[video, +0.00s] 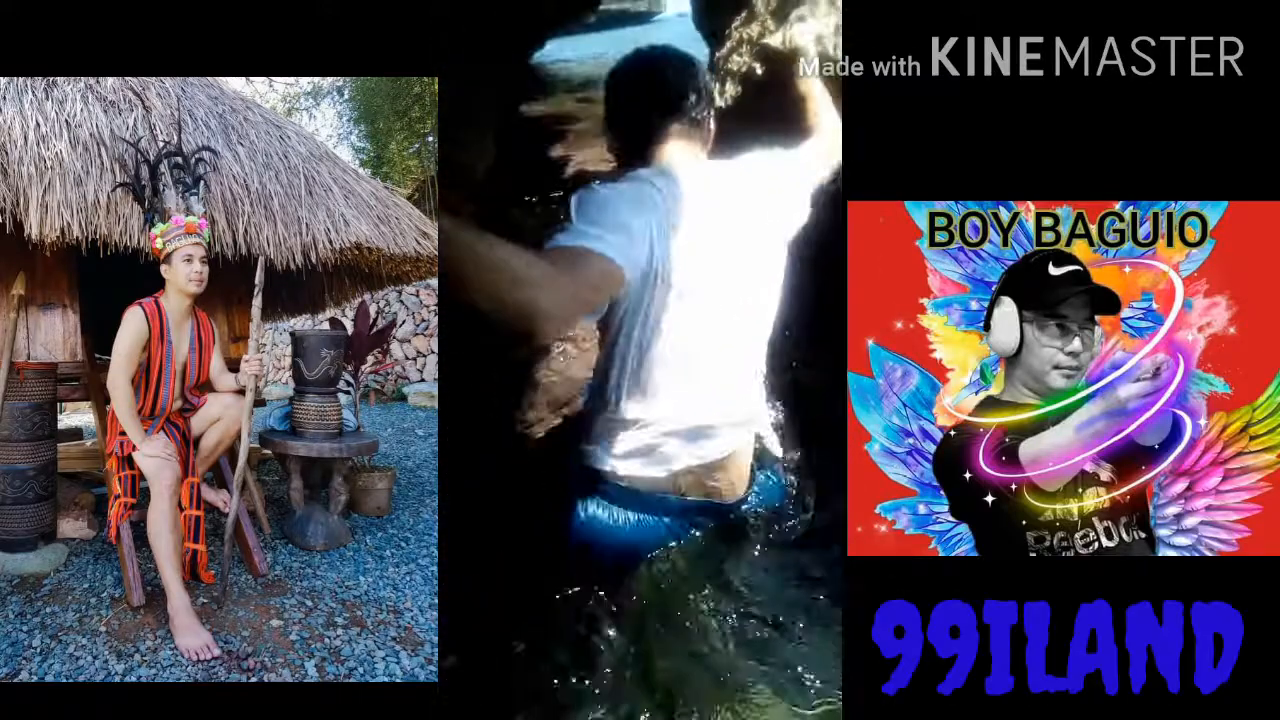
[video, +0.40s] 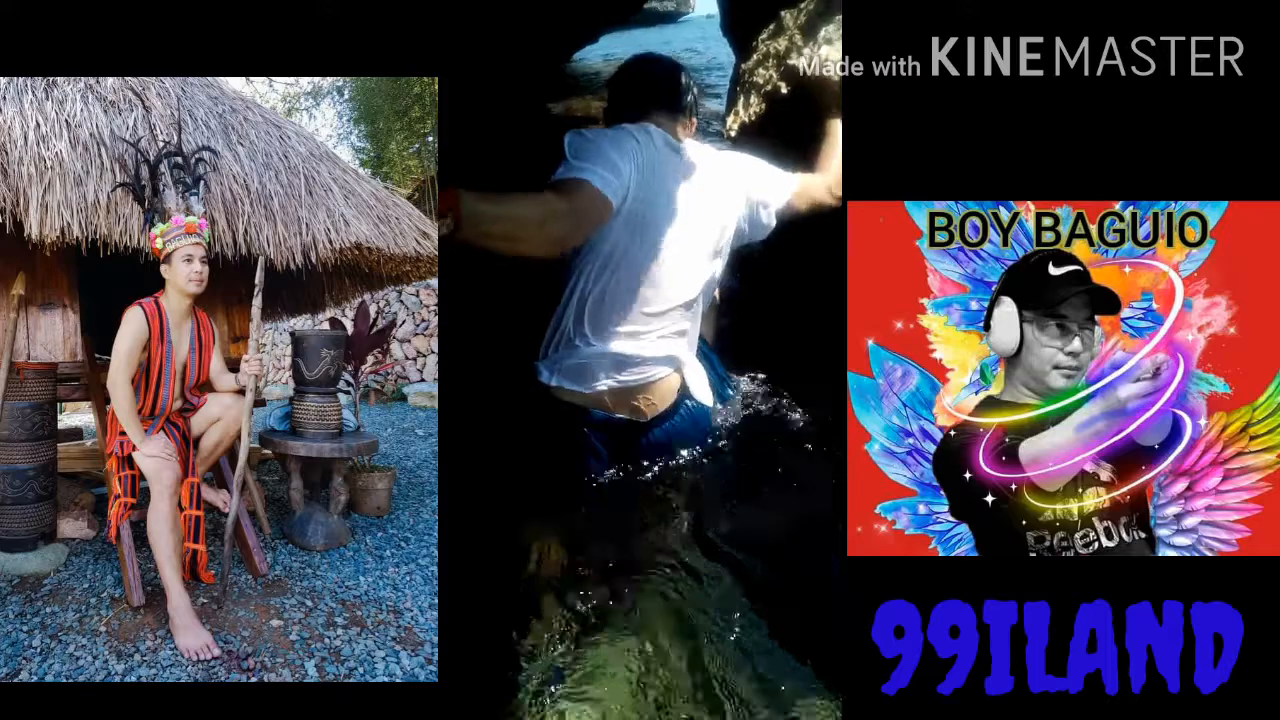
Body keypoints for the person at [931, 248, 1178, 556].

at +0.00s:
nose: (1076, 346)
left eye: (1086, 328)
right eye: (1055, 327)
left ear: (1097, 334)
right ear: (1007, 327)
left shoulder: (1113, 410)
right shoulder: (963, 446)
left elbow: (1155, 435)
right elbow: (1025, 472)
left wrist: (1148, 397)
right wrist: (1107, 411)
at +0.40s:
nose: (1076, 346)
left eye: (1086, 328)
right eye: (1056, 327)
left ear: (1097, 334)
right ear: (1008, 327)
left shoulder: (1113, 409)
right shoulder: (962, 446)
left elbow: (1156, 436)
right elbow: (1021, 472)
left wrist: (1147, 396)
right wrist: (1104, 414)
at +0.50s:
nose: (1076, 346)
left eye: (1086, 328)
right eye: (1055, 327)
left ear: (1096, 334)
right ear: (1007, 327)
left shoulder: (1113, 409)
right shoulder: (962, 445)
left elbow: (1155, 435)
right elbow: (1022, 472)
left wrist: (1149, 396)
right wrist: (1105, 412)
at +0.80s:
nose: (1076, 346)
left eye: (1086, 328)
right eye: (1055, 326)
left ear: (1097, 334)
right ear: (1007, 327)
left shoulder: (1113, 409)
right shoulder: (963, 445)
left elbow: (1155, 435)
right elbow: (1023, 473)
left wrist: (1149, 396)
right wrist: (1105, 412)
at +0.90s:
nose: (1076, 346)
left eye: (1086, 328)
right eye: (1055, 327)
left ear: (1097, 334)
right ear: (1007, 328)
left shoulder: (1113, 409)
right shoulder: (962, 446)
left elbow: (1155, 435)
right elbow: (1021, 472)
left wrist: (1149, 396)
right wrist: (1105, 412)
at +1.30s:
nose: (1076, 346)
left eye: (1086, 328)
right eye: (1055, 326)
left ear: (1097, 335)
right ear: (1007, 328)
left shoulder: (1113, 408)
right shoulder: (962, 446)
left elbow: (1156, 436)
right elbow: (1020, 472)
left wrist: (1147, 396)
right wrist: (1105, 413)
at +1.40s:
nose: (1076, 346)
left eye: (1086, 328)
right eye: (1055, 326)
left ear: (1096, 335)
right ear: (1007, 328)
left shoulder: (1113, 408)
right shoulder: (962, 446)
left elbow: (1156, 436)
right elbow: (1021, 472)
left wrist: (1147, 395)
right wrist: (1105, 413)